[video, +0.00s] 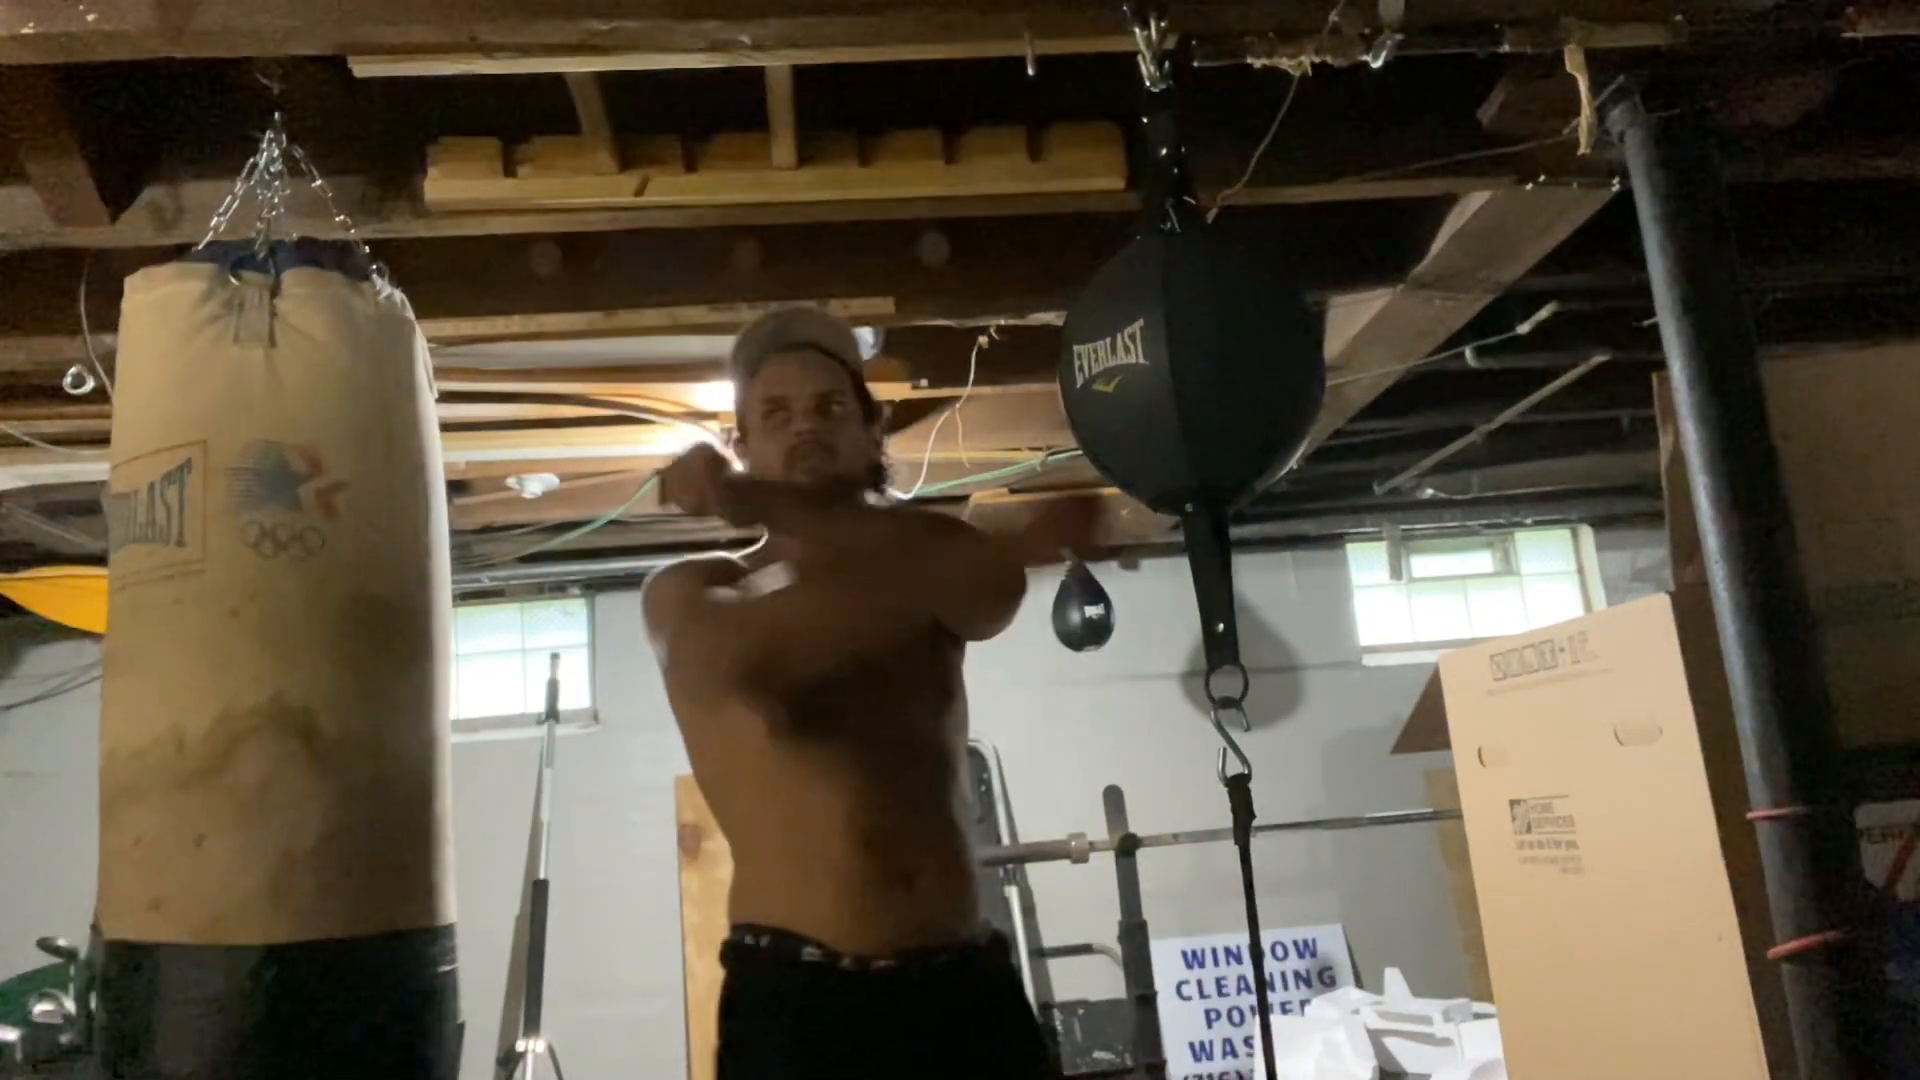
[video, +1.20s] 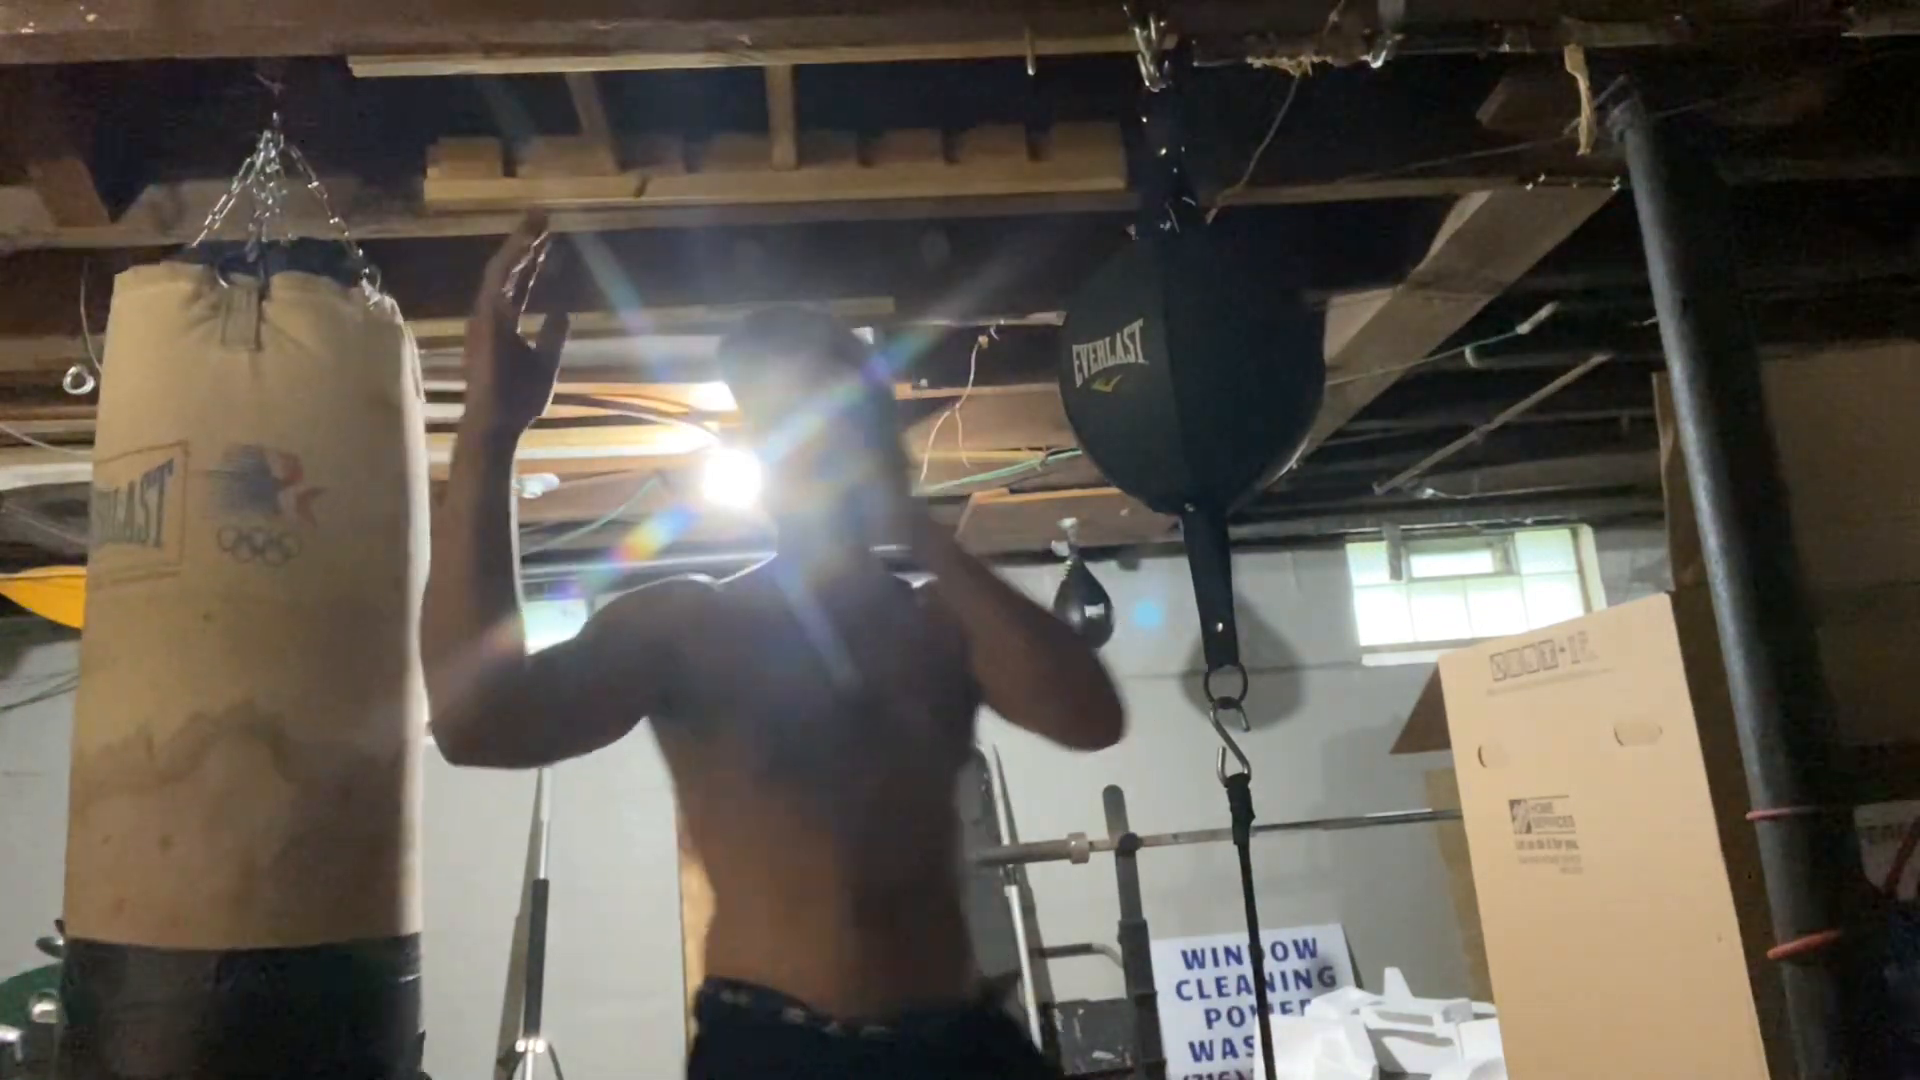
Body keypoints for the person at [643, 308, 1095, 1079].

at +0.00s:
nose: (805, 427)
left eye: (830, 406)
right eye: (776, 411)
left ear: (873, 435)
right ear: (741, 446)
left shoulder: (924, 550)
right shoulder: (688, 588)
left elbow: (994, 592)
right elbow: (750, 655)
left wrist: (742, 498)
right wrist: (982, 549)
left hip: (961, 983)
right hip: (792, 993)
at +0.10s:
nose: (787, 432)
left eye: (812, 408)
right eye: (757, 417)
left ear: (863, 433)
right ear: (730, 450)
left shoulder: (913, 571)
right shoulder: (668, 594)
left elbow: (990, 587)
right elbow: (719, 616)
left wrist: (753, 478)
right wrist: (934, 478)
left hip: (945, 990)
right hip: (773, 999)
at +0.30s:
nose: (748, 434)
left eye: (771, 402)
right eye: (722, 407)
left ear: (812, 425)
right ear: (679, 434)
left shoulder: (872, 608)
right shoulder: (629, 606)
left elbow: (996, 617)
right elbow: (464, 656)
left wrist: (814, 470)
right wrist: (665, 457)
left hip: (884, 1017)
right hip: (704, 1025)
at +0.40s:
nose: (695, 425)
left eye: (725, 399)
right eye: (669, 409)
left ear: (782, 433)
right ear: (649, 447)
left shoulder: (852, 604)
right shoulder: (584, 605)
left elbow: (987, 658)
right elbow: (358, 695)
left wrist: (807, 470)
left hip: (857, 1026)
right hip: (669, 1032)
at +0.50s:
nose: (687, 422)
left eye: (717, 400)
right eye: (663, 405)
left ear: (775, 429)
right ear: (642, 438)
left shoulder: (846, 607)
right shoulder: (575, 602)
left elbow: (988, 675)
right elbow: (323, 709)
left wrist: (812, 480)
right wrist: (412, 499)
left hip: (852, 1030)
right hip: (660, 1036)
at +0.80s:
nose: (780, 452)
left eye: (801, 420)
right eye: (750, 434)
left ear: (848, 430)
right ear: (714, 463)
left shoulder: (921, 623)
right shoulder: (650, 624)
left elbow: (1067, 696)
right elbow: (416, 739)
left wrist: (905, 503)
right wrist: (380, 526)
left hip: (924, 1038)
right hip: (744, 1041)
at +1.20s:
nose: (819, 464)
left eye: (842, 432)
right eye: (790, 440)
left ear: (887, 445)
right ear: (755, 463)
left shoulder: (939, 619)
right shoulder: (682, 625)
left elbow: (1092, 719)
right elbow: (475, 722)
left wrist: (923, 536)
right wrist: (487, 434)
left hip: (953, 1039)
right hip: (768, 1043)